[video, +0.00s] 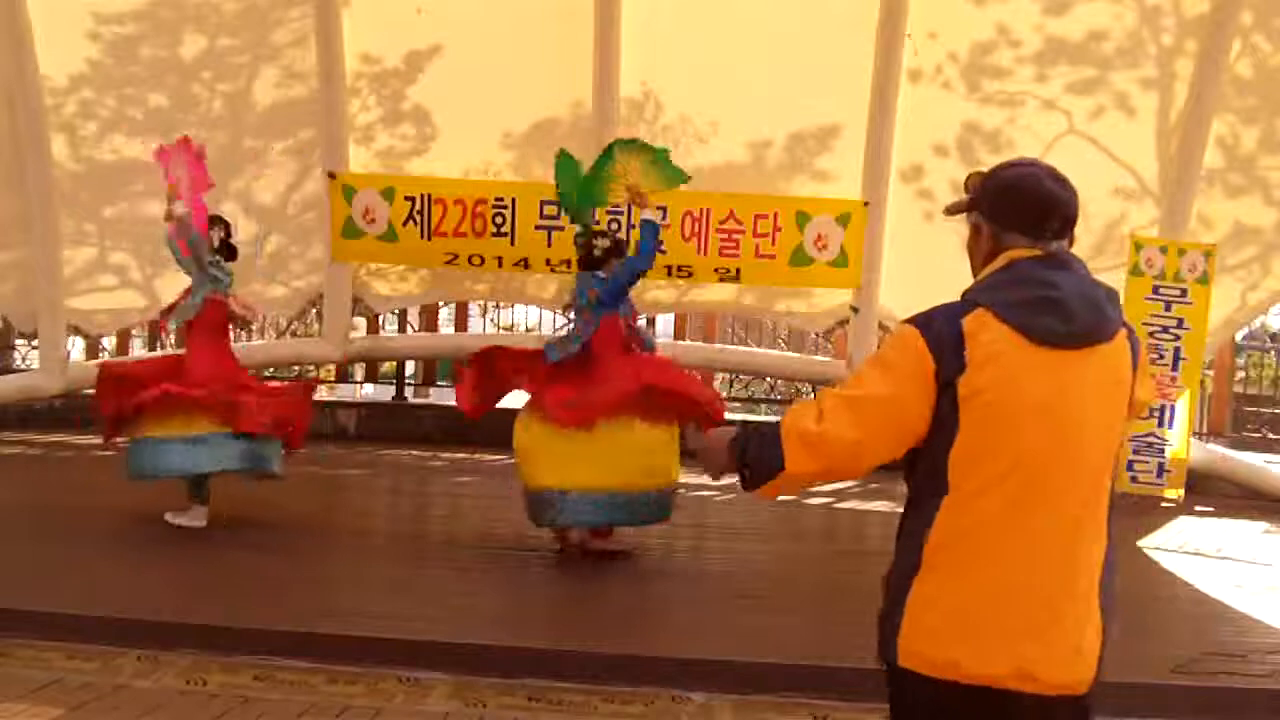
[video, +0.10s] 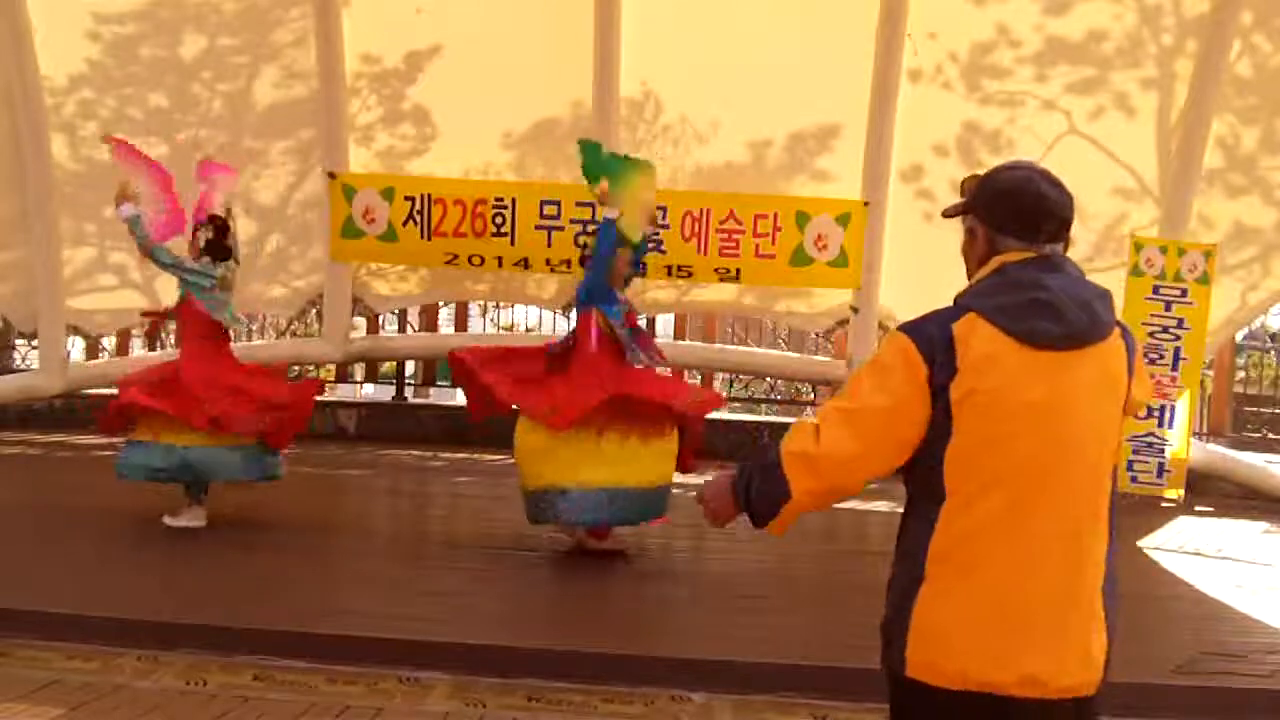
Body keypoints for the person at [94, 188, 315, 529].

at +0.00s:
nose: (204, 233)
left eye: (209, 228)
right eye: (204, 228)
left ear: (219, 235)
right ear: (213, 235)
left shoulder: (214, 273)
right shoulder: (209, 274)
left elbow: (194, 244)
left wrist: (180, 215)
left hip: (207, 364)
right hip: (209, 362)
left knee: (198, 433)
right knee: (200, 432)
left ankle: (198, 506)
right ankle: (197, 503)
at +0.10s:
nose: (191, 240)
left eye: (196, 235)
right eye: (194, 234)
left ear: (205, 240)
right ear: (221, 242)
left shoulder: (205, 276)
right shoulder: (217, 274)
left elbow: (157, 255)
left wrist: (132, 217)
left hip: (200, 362)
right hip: (211, 359)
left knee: (187, 429)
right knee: (194, 428)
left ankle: (195, 505)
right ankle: (195, 503)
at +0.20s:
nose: (203, 244)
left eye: (199, 238)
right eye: (213, 240)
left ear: (193, 244)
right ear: (221, 246)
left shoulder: (182, 277)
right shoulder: (231, 278)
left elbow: (144, 252)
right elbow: (270, 257)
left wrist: (125, 211)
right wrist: (278, 223)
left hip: (188, 362)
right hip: (221, 361)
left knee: (186, 428)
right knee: (213, 428)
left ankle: (192, 501)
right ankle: (208, 501)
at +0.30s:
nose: (224, 248)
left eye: (221, 243)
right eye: (221, 243)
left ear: (190, 244)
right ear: (213, 246)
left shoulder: (179, 272)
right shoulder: (219, 276)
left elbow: (169, 241)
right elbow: (263, 261)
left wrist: (171, 211)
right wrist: (289, 225)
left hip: (182, 358)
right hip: (213, 359)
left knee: (184, 424)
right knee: (213, 427)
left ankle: (183, 496)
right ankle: (206, 501)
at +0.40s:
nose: (219, 244)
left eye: (218, 238)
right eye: (215, 239)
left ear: (192, 241)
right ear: (202, 241)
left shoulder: (190, 271)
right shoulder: (206, 272)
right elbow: (242, 246)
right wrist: (249, 218)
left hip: (185, 356)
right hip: (203, 358)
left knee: (194, 423)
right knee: (206, 424)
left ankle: (190, 497)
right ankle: (205, 502)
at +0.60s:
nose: (203, 247)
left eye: (209, 241)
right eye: (197, 241)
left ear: (218, 244)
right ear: (189, 246)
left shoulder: (228, 274)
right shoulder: (180, 275)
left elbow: (262, 253)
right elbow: (142, 257)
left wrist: (289, 223)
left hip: (217, 354)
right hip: (186, 354)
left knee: (212, 425)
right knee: (186, 426)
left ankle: (200, 498)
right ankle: (188, 502)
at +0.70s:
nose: (191, 246)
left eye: (198, 240)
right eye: (188, 240)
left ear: (215, 244)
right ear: (186, 245)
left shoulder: (223, 276)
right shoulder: (181, 275)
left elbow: (243, 251)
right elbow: (143, 257)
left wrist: (247, 212)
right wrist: (118, 220)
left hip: (213, 354)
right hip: (182, 354)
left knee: (212, 426)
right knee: (182, 426)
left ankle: (210, 495)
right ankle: (190, 499)